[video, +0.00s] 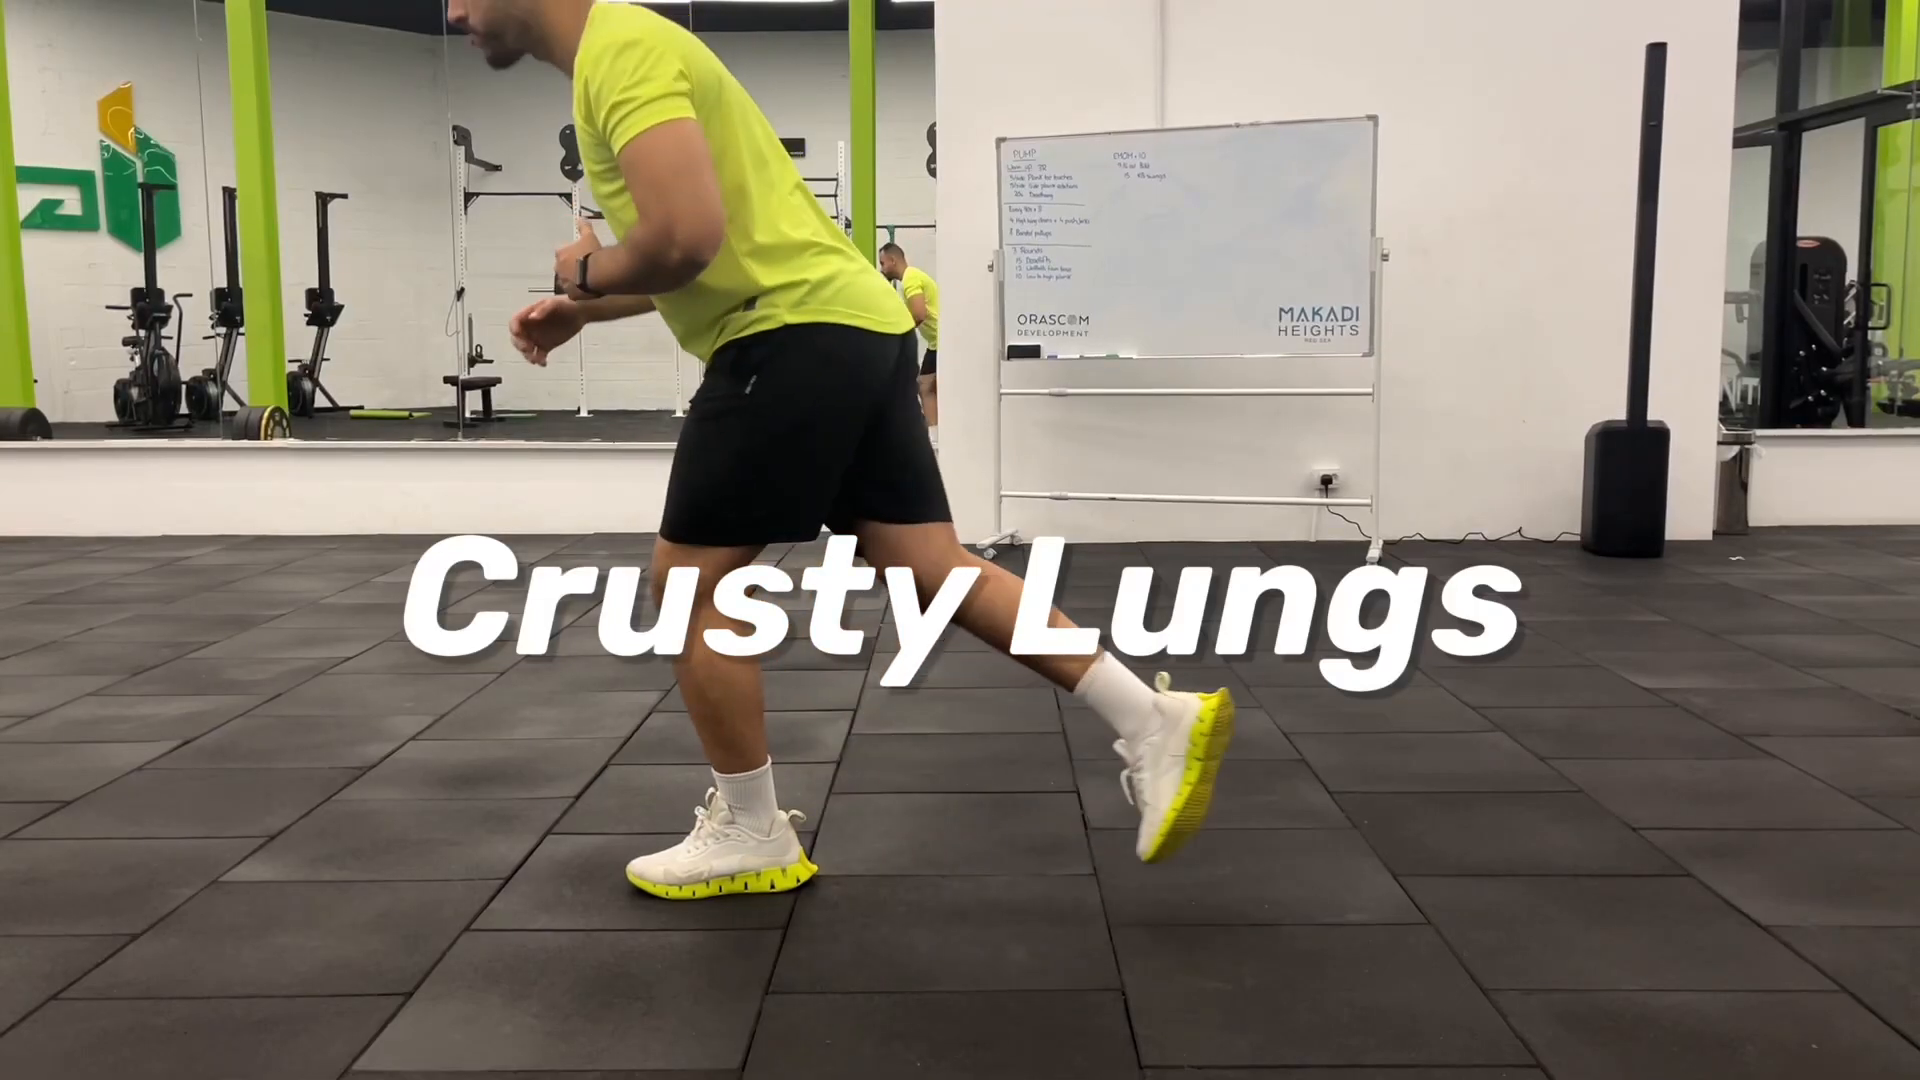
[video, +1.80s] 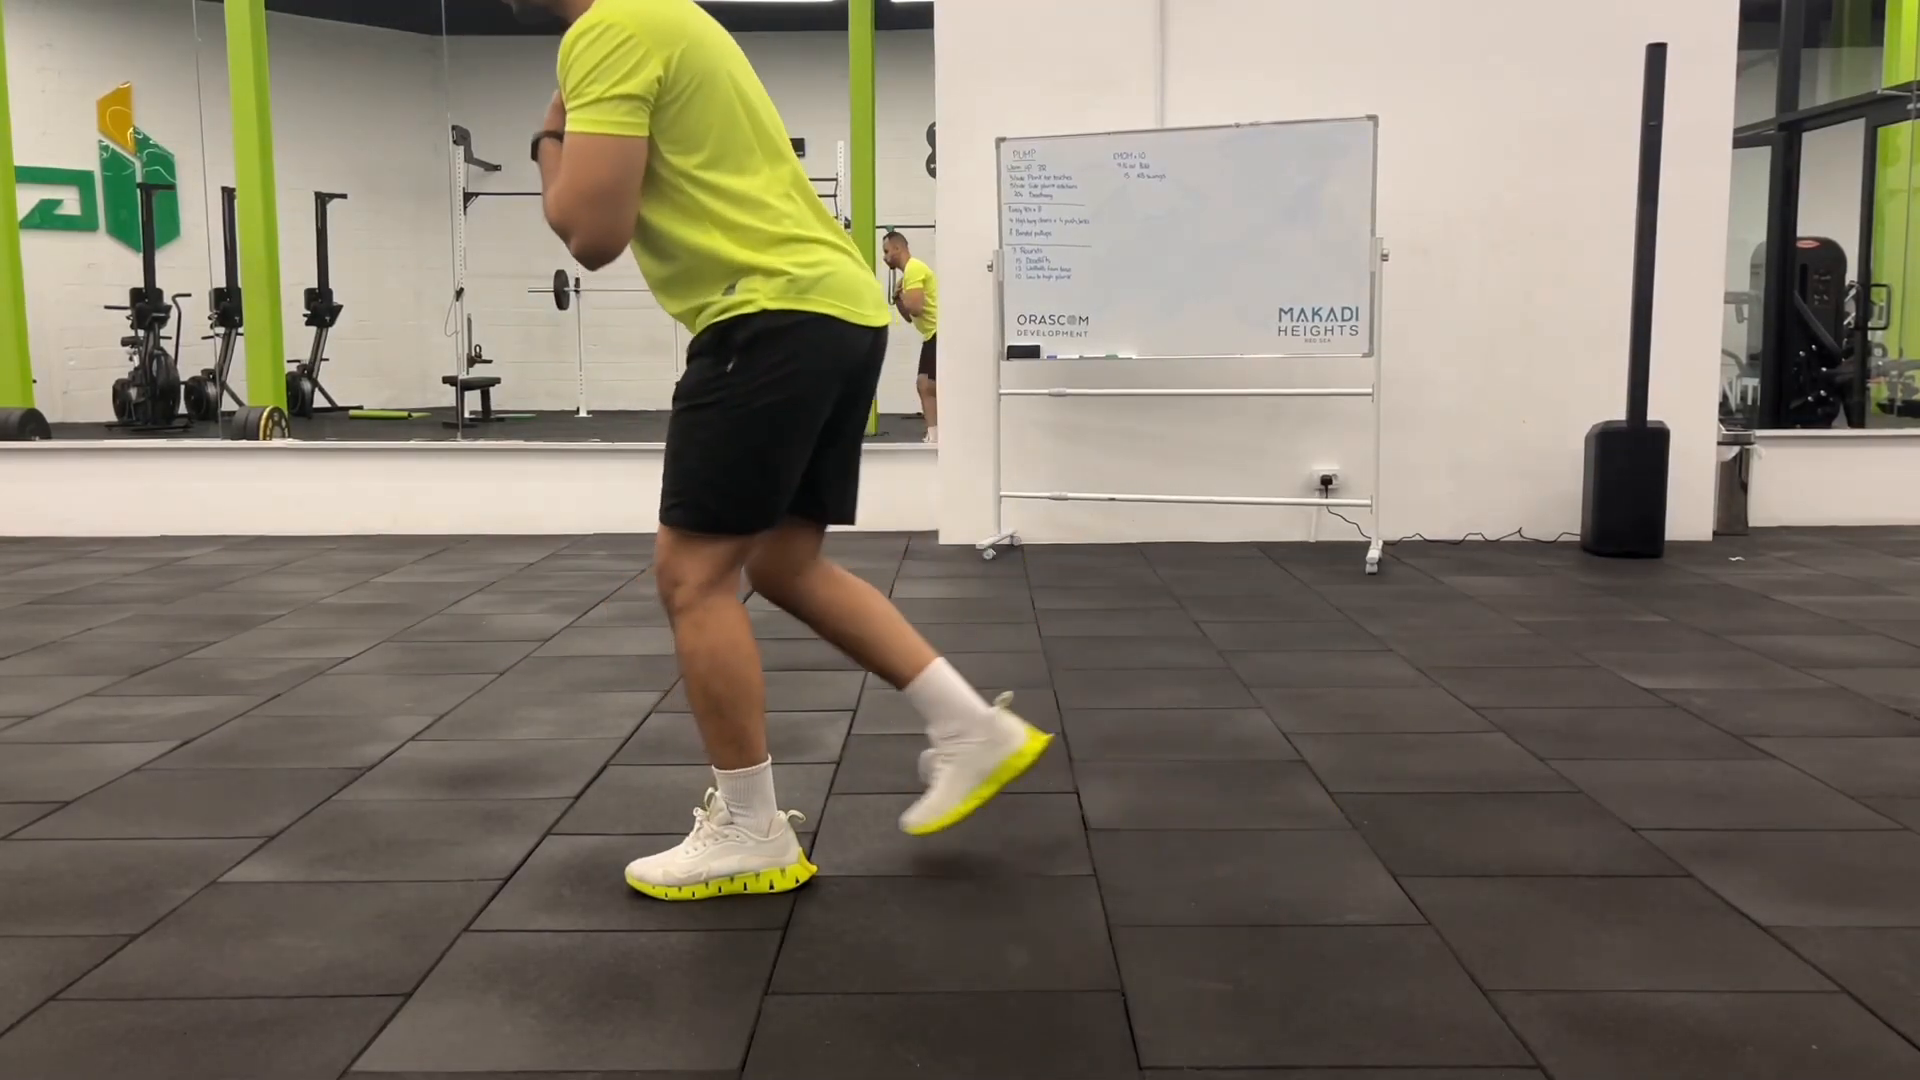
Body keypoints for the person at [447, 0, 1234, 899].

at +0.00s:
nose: (453, 16)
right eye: (450, 5)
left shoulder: (622, 46)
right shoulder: (620, 70)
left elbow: (687, 229)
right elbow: (695, 264)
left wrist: (598, 269)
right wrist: (585, 312)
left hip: (785, 336)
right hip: (862, 326)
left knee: (691, 585)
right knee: (930, 563)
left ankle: (749, 827)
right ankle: (1153, 715)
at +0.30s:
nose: (499, 118)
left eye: (505, 92)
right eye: (495, 95)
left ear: (565, 77)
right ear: (577, 78)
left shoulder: (662, 158)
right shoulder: (679, 159)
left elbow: (679, 354)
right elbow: (679, 358)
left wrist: (575, 320)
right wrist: (598, 320)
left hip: (846, 418)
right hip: (917, 417)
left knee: (653, 601)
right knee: (968, 669)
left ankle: (747, 827)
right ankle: (1224, 796)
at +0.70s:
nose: (611, 188)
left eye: (620, 164)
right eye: (611, 165)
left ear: (678, 159)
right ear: (688, 158)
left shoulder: (752, 265)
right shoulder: (784, 246)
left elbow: (717, 475)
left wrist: (678, 380)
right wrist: (703, 380)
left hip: (888, 537)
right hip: (962, 544)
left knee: (637, 609)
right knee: (958, 807)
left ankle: (747, 833)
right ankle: (1230, 817)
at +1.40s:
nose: (531, 98)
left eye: (535, 70)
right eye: (526, 74)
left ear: (595, 58)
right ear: (608, 58)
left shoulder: (673, 156)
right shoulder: (718, 140)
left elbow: (667, 364)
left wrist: (618, 275)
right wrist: (651, 273)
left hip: (852, 412)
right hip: (932, 409)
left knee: (661, 597)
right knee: (973, 661)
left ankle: (748, 832)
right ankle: (1220, 810)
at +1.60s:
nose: (482, 35)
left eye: (487, 10)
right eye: (478, 17)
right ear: (560, 3)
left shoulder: (627, 83)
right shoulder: (661, 71)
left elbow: (627, 291)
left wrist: (570, 210)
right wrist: (596, 226)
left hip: (804, 350)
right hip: (882, 341)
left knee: (680, 585)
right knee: (905, 599)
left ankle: (751, 830)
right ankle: (1134, 737)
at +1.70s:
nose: (483, 9)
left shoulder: (619, 54)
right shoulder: (661, 42)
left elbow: (611, 261)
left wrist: (556, 183)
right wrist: (590, 196)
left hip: (780, 330)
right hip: (863, 324)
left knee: (685, 584)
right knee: (841, 583)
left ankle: (749, 829)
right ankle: (1059, 717)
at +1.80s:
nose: (527, 7)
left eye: (529, 1)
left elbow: (592, 233)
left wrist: (549, 145)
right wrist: (578, 140)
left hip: (762, 316)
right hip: (838, 310)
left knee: (694, 577)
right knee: (786, 563)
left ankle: (748, 828)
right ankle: (972, 729)